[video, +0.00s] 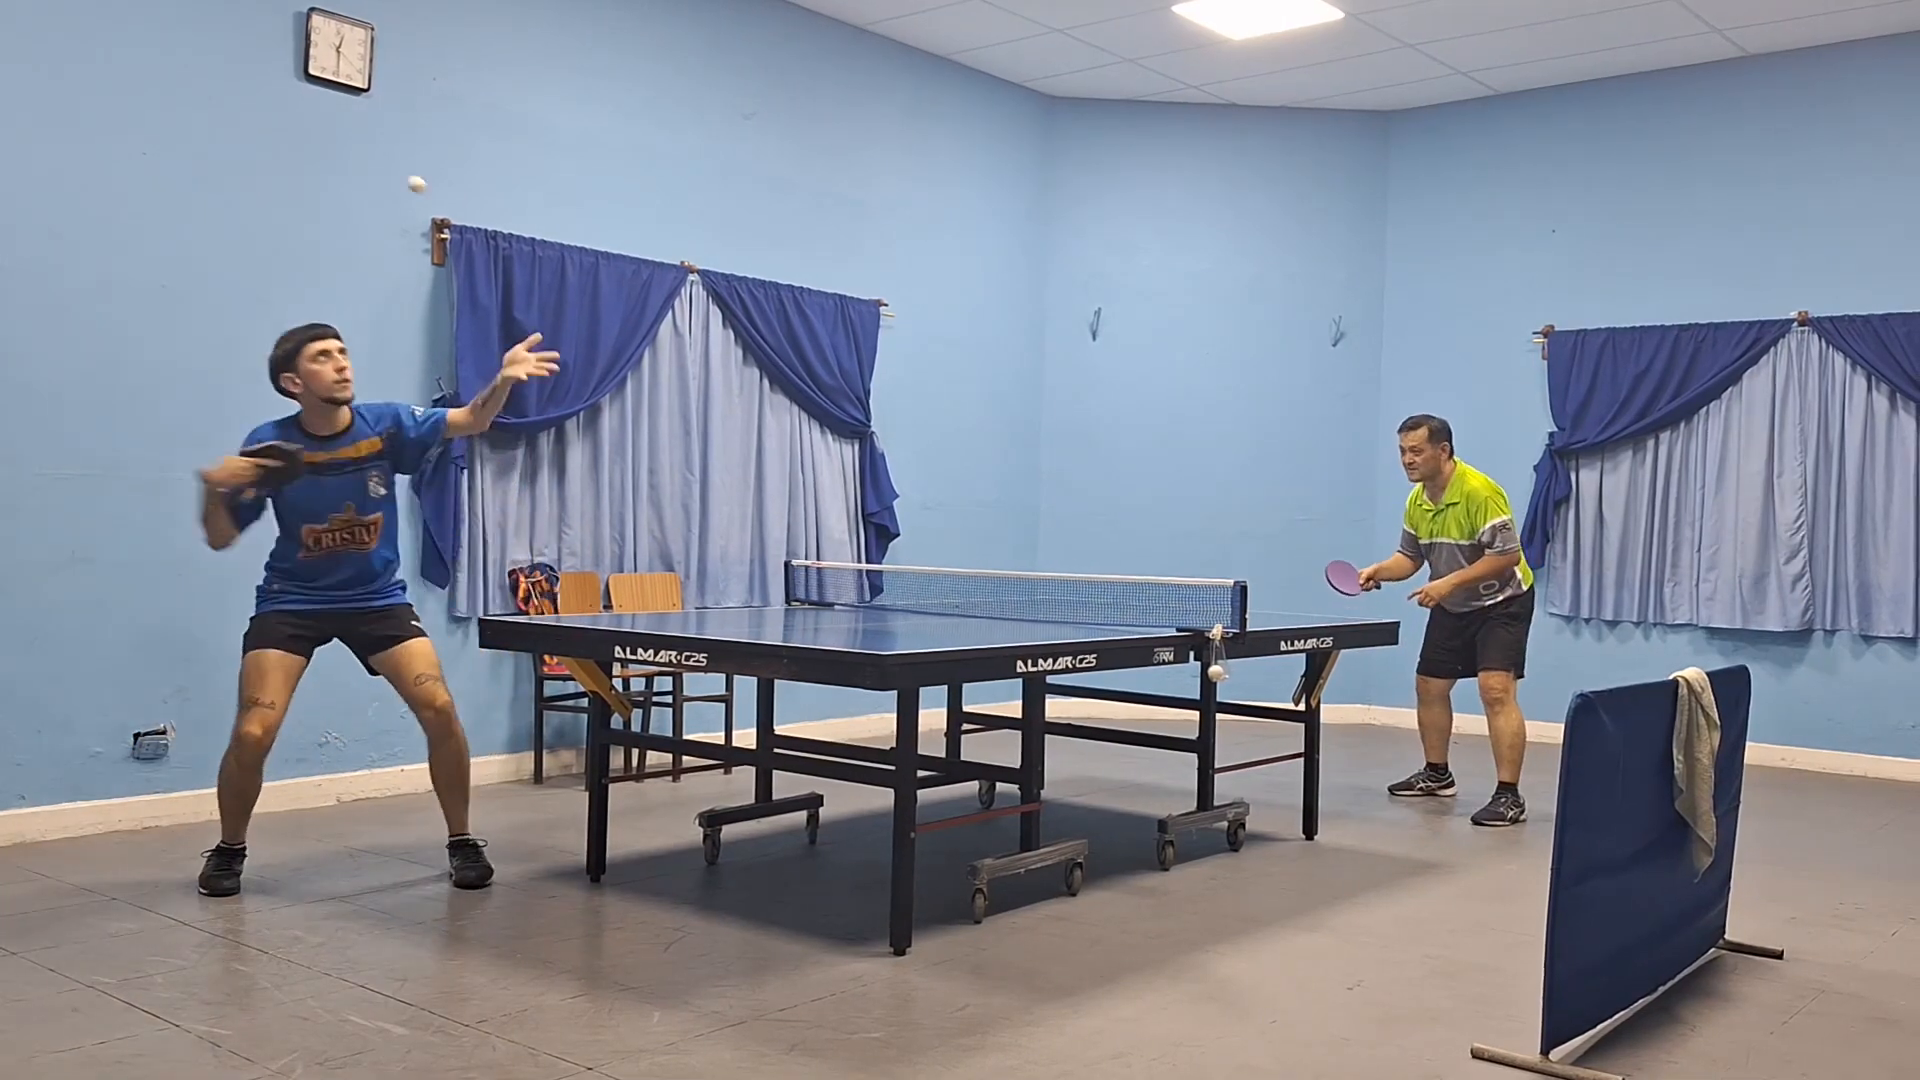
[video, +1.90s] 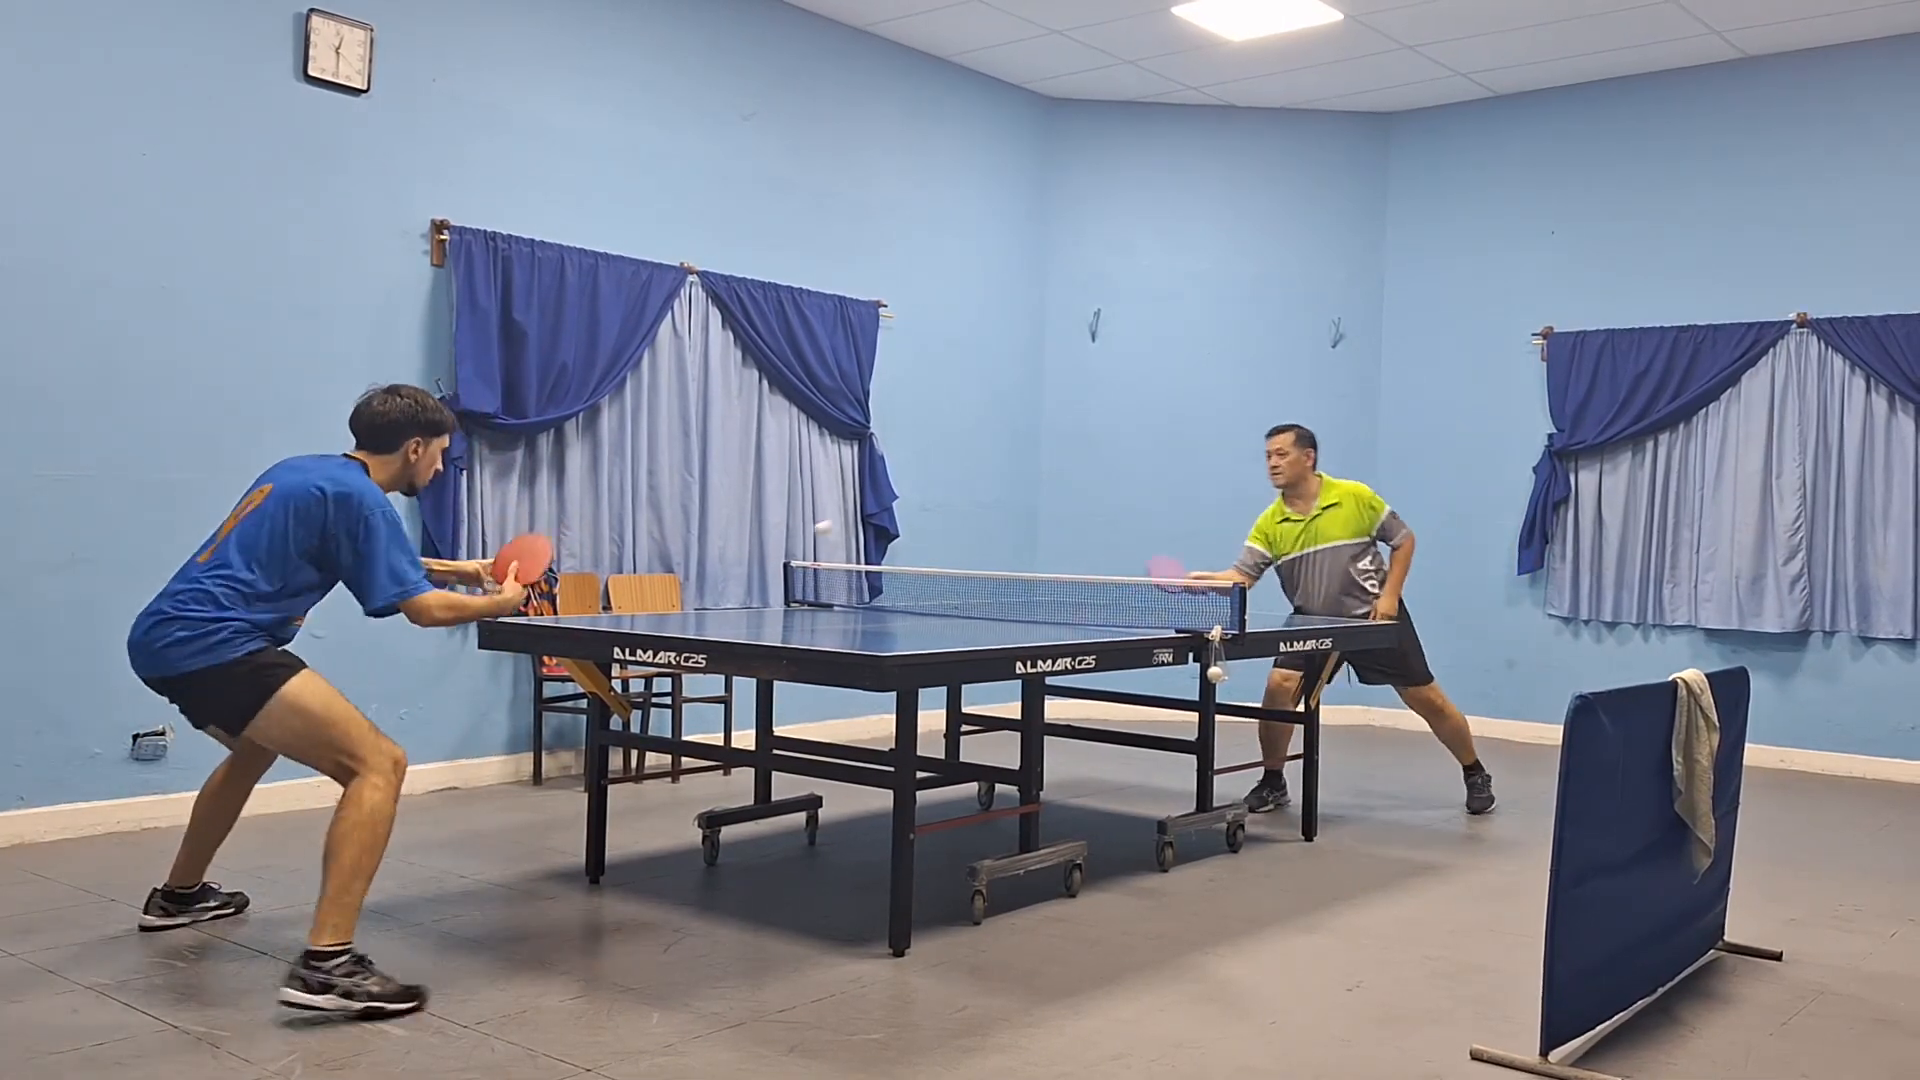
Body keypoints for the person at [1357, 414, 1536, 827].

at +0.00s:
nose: (1407, 459)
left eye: (1416, 451)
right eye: (1403, 451)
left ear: (1444, 451)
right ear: (1401, 453)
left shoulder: (1480, 492)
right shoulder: (1418, 499)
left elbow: (1506, 555)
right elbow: (1410, 558)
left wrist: (1447, 583)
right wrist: (1380, 571)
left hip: (1502, 602)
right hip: (1452, 606)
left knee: (1495, 689)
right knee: (1430, 685)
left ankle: (1508, 795)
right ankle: (1437, 773)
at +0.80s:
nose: (1397, 439)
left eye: (1405, 430)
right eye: (1393, 432)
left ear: (1433, 431)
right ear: (1392, 436)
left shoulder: (1470, 481)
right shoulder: (1394, 488)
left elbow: (1505, 539)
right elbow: (1375, 544)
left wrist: (1454, 577)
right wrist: (1343, 557)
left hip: (1466, 609)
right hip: (1409, 608)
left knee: (1472, 696)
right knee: (1384, 688)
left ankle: (1493, 792)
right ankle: (1376, 777)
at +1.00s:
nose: (1377, 442)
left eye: (1385, 433)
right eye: (1375, 435)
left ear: (1415, 434)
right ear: (1375, 440)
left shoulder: (1453, 484)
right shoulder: (1377, 493)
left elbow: (1493, 541)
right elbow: (1348, 548)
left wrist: (1446, 587)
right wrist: (1300, 558)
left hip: (1451, 613)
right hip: (1390, 611)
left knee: (1461, 703)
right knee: (1342, 685)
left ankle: (1491, 793)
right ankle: (1329, 772)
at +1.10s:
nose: (1351, 446)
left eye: (1358, 437)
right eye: (1348, 440)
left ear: (1386, 437)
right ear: (1353, 444)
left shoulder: (1428, 484)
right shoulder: (1354, 498)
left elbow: (1470, 539)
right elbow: (1324, 550)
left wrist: (1429, 590)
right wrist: (1267, 558)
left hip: (1433, 616)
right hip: (1373, 618)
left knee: (1453, 706)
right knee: (1331, 690)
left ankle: (1490, 794)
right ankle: (1289, 772)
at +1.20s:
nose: (1317, 455)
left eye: (1324, 446)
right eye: (1314, 448)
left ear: (1353, 444)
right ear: (1319, 452)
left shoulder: (1397, 488)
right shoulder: (1322, 506)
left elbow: (1441, 542)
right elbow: (1290, 557)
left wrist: (1410, 593)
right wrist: (1226, 561)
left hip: (1410, 621)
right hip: (1350, 626)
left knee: (1441, 706)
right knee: (1306, 696)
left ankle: (1488, 793)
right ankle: (1280, 782)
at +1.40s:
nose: (1255, 468)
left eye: (1261, 459)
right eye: (1253, 461)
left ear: (1290, 456)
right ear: (1275, 462)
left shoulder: (1344, 491)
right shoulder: (1267, 520)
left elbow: (1401, 532)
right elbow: (1229, 565)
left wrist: (1392, 592)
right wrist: (1169, 568)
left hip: (1374, 616)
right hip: (1314, 623)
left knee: (1422, 701)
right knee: (1277, 689)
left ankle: (1470, 787)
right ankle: (1276, 783)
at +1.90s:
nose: (1272, 462)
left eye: (1281, 454)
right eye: (1268, 456)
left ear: (1309, 458)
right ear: (1267, 464)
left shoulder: (1355, 498)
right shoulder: (1269, 524)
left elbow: (1404, 539)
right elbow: (1242, 575)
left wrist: (1390, 595)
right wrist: (1207, 581)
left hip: (1374, 617)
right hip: (1312, 625)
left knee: (1426, 700)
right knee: (1277, 689)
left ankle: (1474, 773)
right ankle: (1273, 783)